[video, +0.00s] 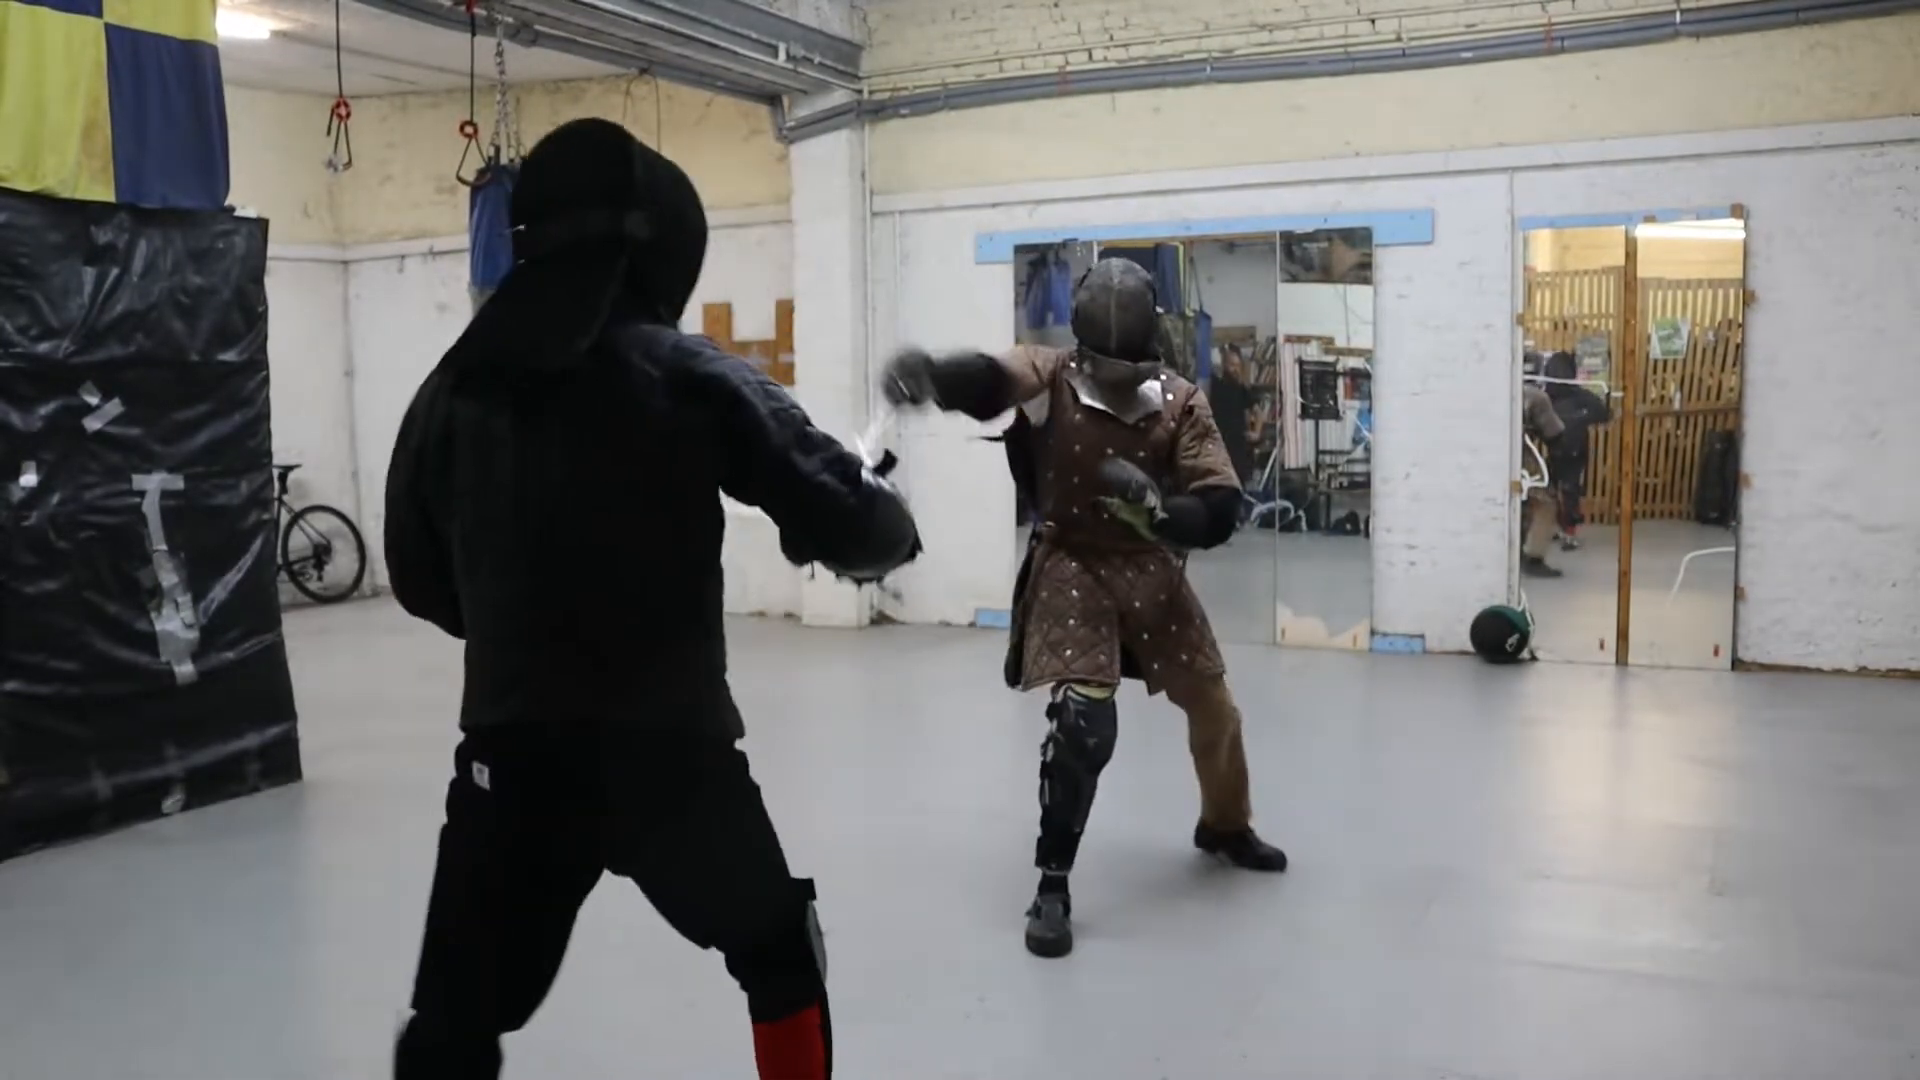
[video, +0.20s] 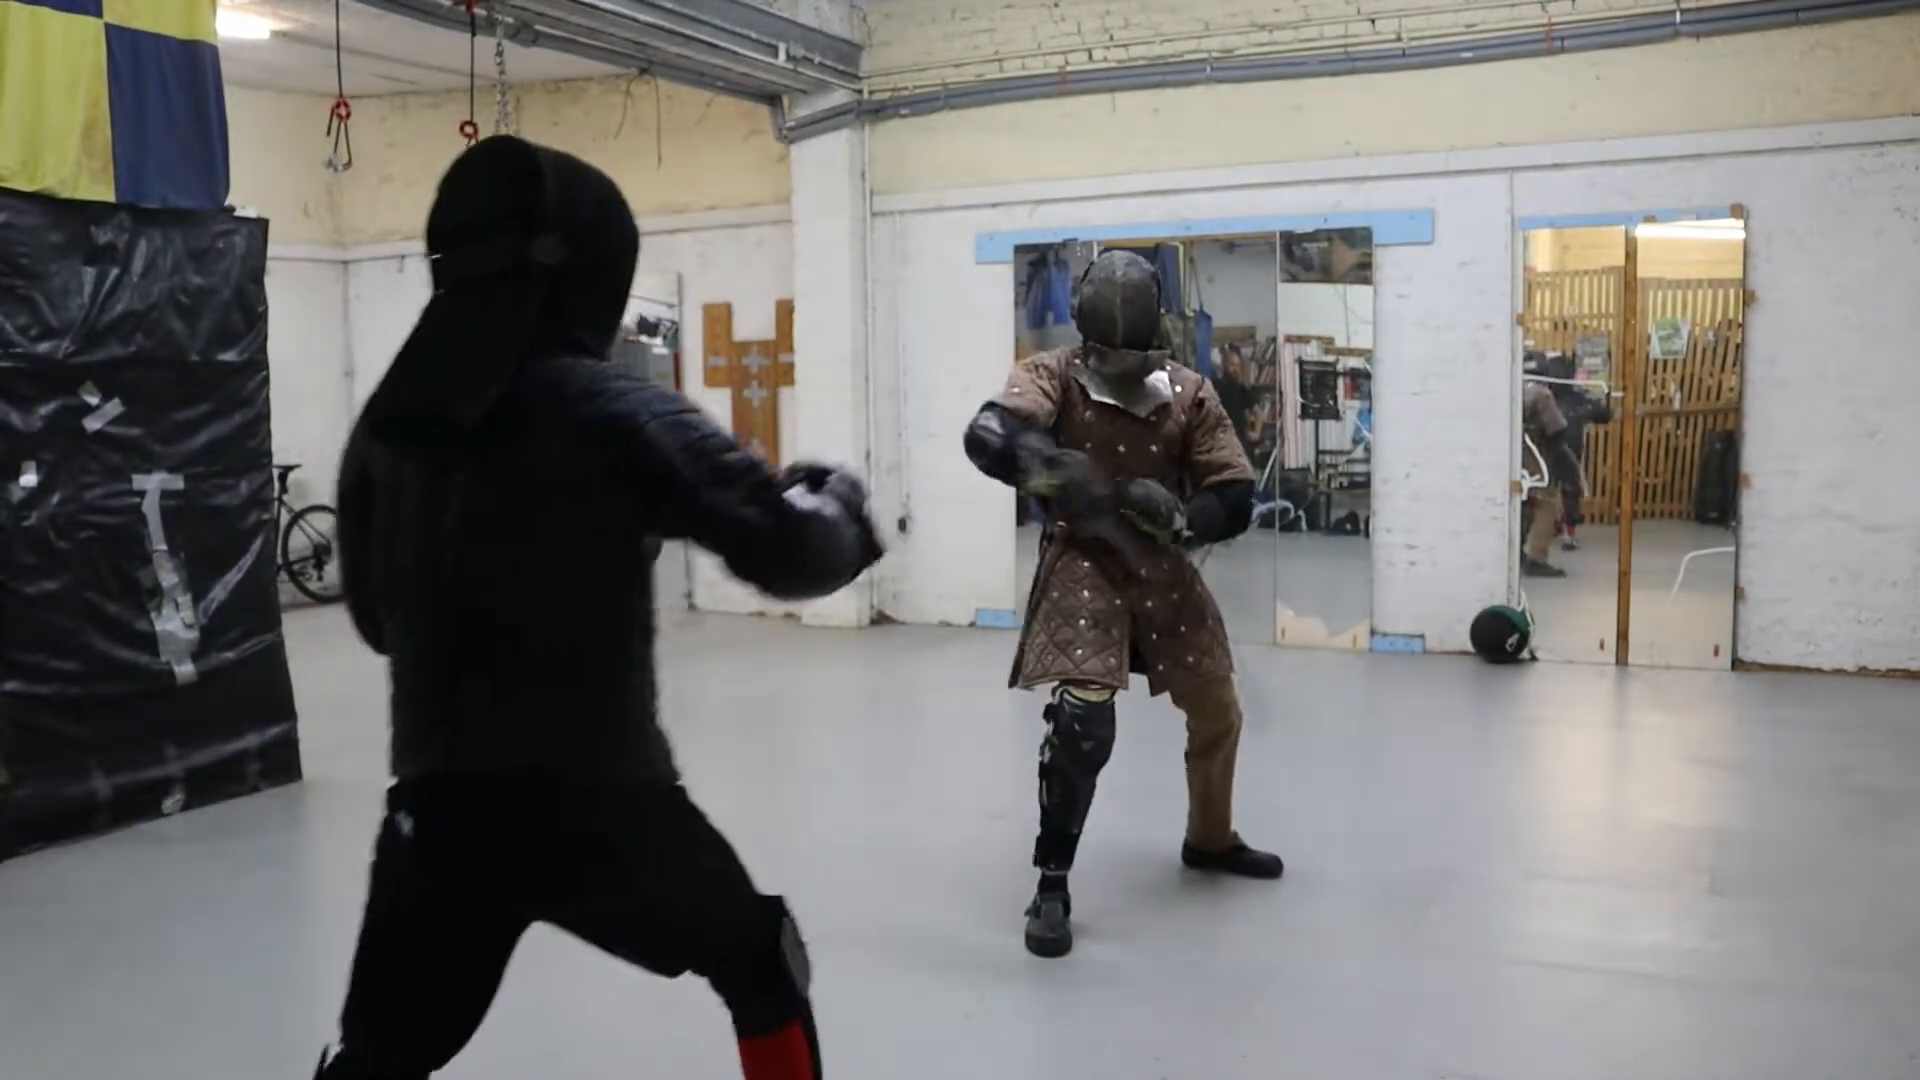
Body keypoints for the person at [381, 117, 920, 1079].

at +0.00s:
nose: (692, 263)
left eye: (684, 237)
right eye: (681, 238)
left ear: (533, 243)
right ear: (656, 246)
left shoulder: (454, 390)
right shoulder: (688, 377)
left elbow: (420, 577)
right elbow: (858, 526)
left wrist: (533, 620)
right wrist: (880, 518)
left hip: (512, 764)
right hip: (672, 761)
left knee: (449, 1026)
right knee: (776, 946)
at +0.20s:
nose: (623, 297)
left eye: (618, 268)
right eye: (613, 269)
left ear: (455, 271)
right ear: (586, 276)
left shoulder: (390, 423)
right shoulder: (612, 412)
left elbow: (378, 617)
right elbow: (796, 552)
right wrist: (834, 497)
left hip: (441, 818)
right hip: (602, 812)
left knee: (372, 1057)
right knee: (759, 959)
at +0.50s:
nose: (546, 269)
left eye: (543, 245)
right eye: (540, 247)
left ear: (371, 247)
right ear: (510, 251)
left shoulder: (301, 395)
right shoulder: (545, 389)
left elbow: (276, 591)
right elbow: (658, 584)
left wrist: (389, 621)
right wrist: (706, 598)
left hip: (373, 794)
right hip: (537, 787)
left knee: (337, 1057)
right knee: (679, 954)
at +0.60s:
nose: (550, 272)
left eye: (545, 246)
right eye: (541, 247)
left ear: (373, 245)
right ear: (505, 252)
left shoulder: (319, 395)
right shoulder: (540, 380)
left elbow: (324, 559)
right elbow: (715, 543)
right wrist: (772, 500)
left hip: (383, 798)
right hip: (543, 790)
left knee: (339, 1058)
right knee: (682, 957)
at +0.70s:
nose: (574, 268)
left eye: (568, 241)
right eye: (564, 243)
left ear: (406, 255)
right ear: (538, 253)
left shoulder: (357, 406)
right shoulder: (576, 381)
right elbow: (783, 460)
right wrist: (856, 401)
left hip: (412, 802)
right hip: (572, 795)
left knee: (359, 1056)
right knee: (698, 959)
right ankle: (756, 1073)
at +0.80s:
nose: (629, 272)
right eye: (616, 251)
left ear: (468, 269)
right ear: (599, 266)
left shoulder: (407, 425)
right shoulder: (646, 396)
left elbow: (411, 535)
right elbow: (835, 421)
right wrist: (906, 363)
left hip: (476, 797)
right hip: (631, 794)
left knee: (399, 1048)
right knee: (738, 948)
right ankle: (782, 1069)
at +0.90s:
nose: (671, 276)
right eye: (660, 256)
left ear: (513, 274)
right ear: (644, 271)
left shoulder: (457, 414)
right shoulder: (687, 396)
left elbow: (408, 567)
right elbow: (894, 445)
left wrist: (532, 561)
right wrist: (967, 372)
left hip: (523, 778)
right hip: (674, 773)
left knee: (457, 1014)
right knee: (768, 922)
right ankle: (792, 1071)